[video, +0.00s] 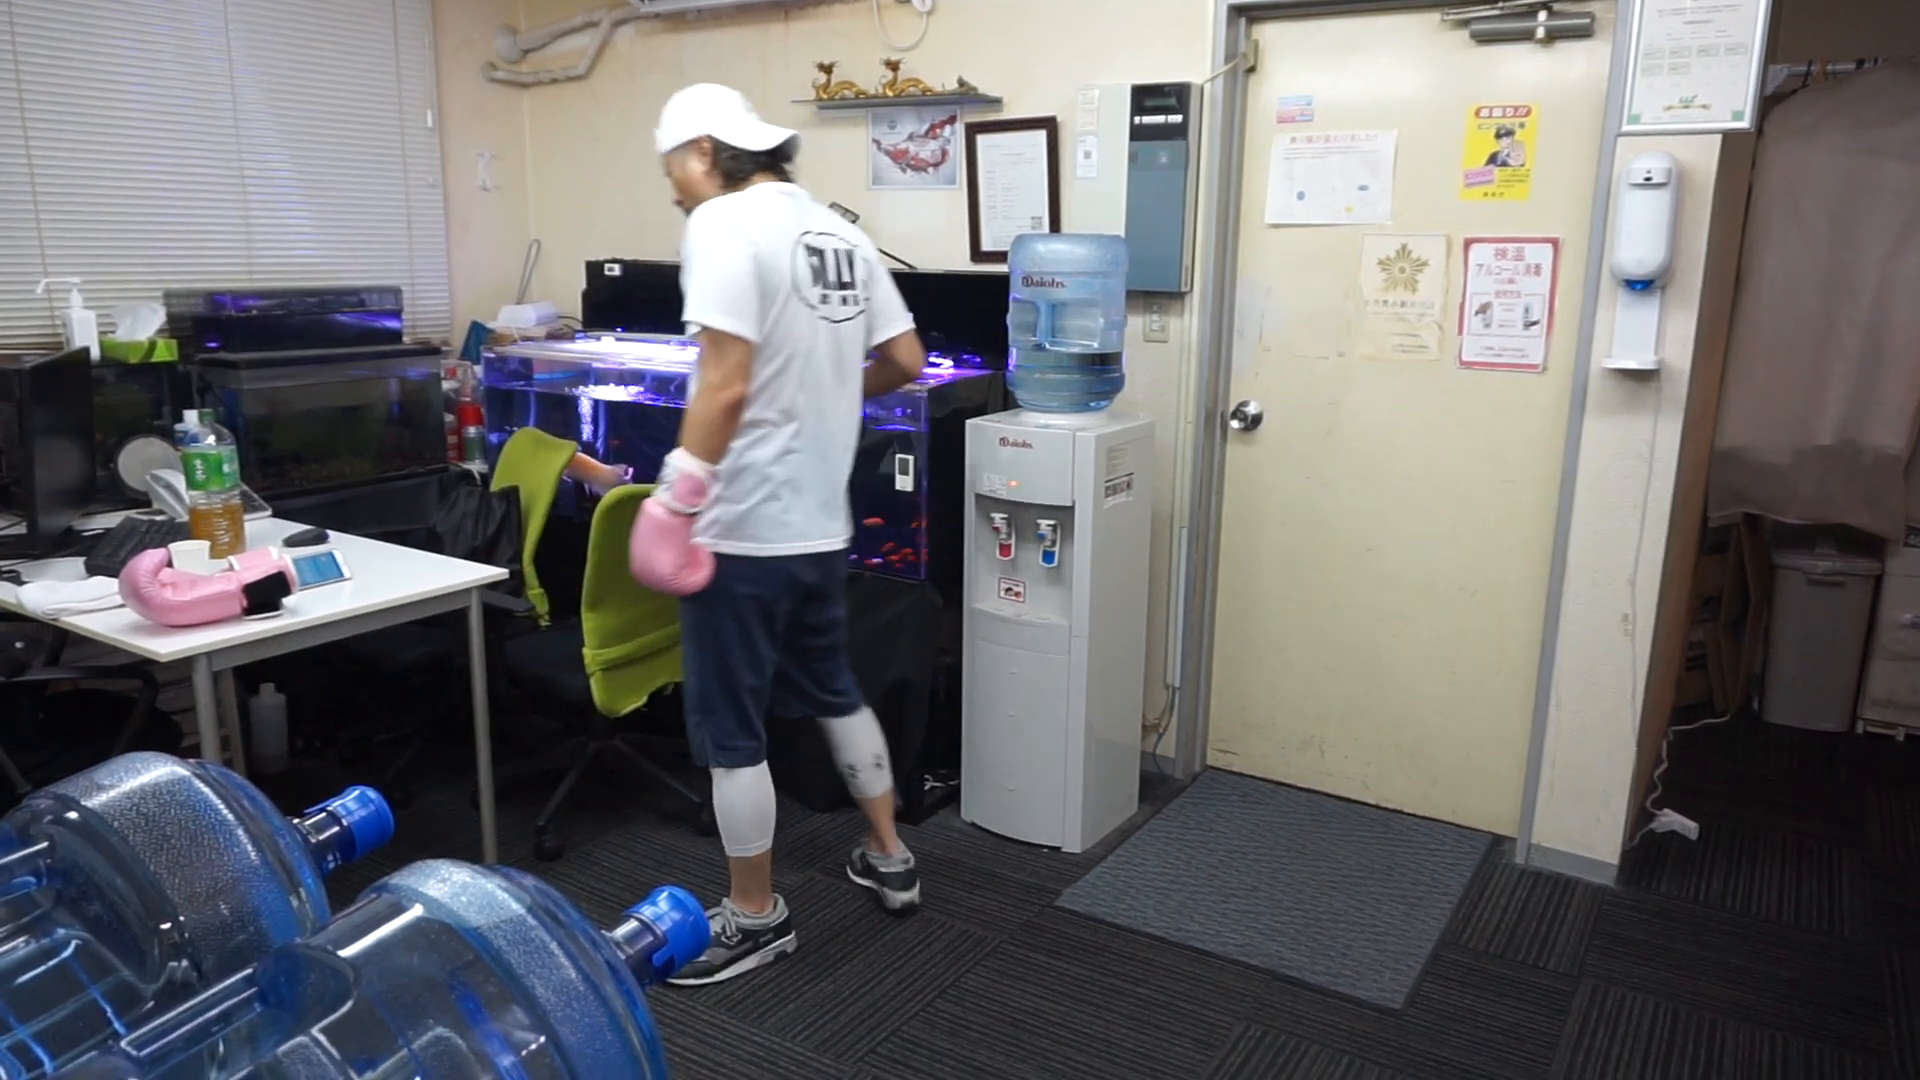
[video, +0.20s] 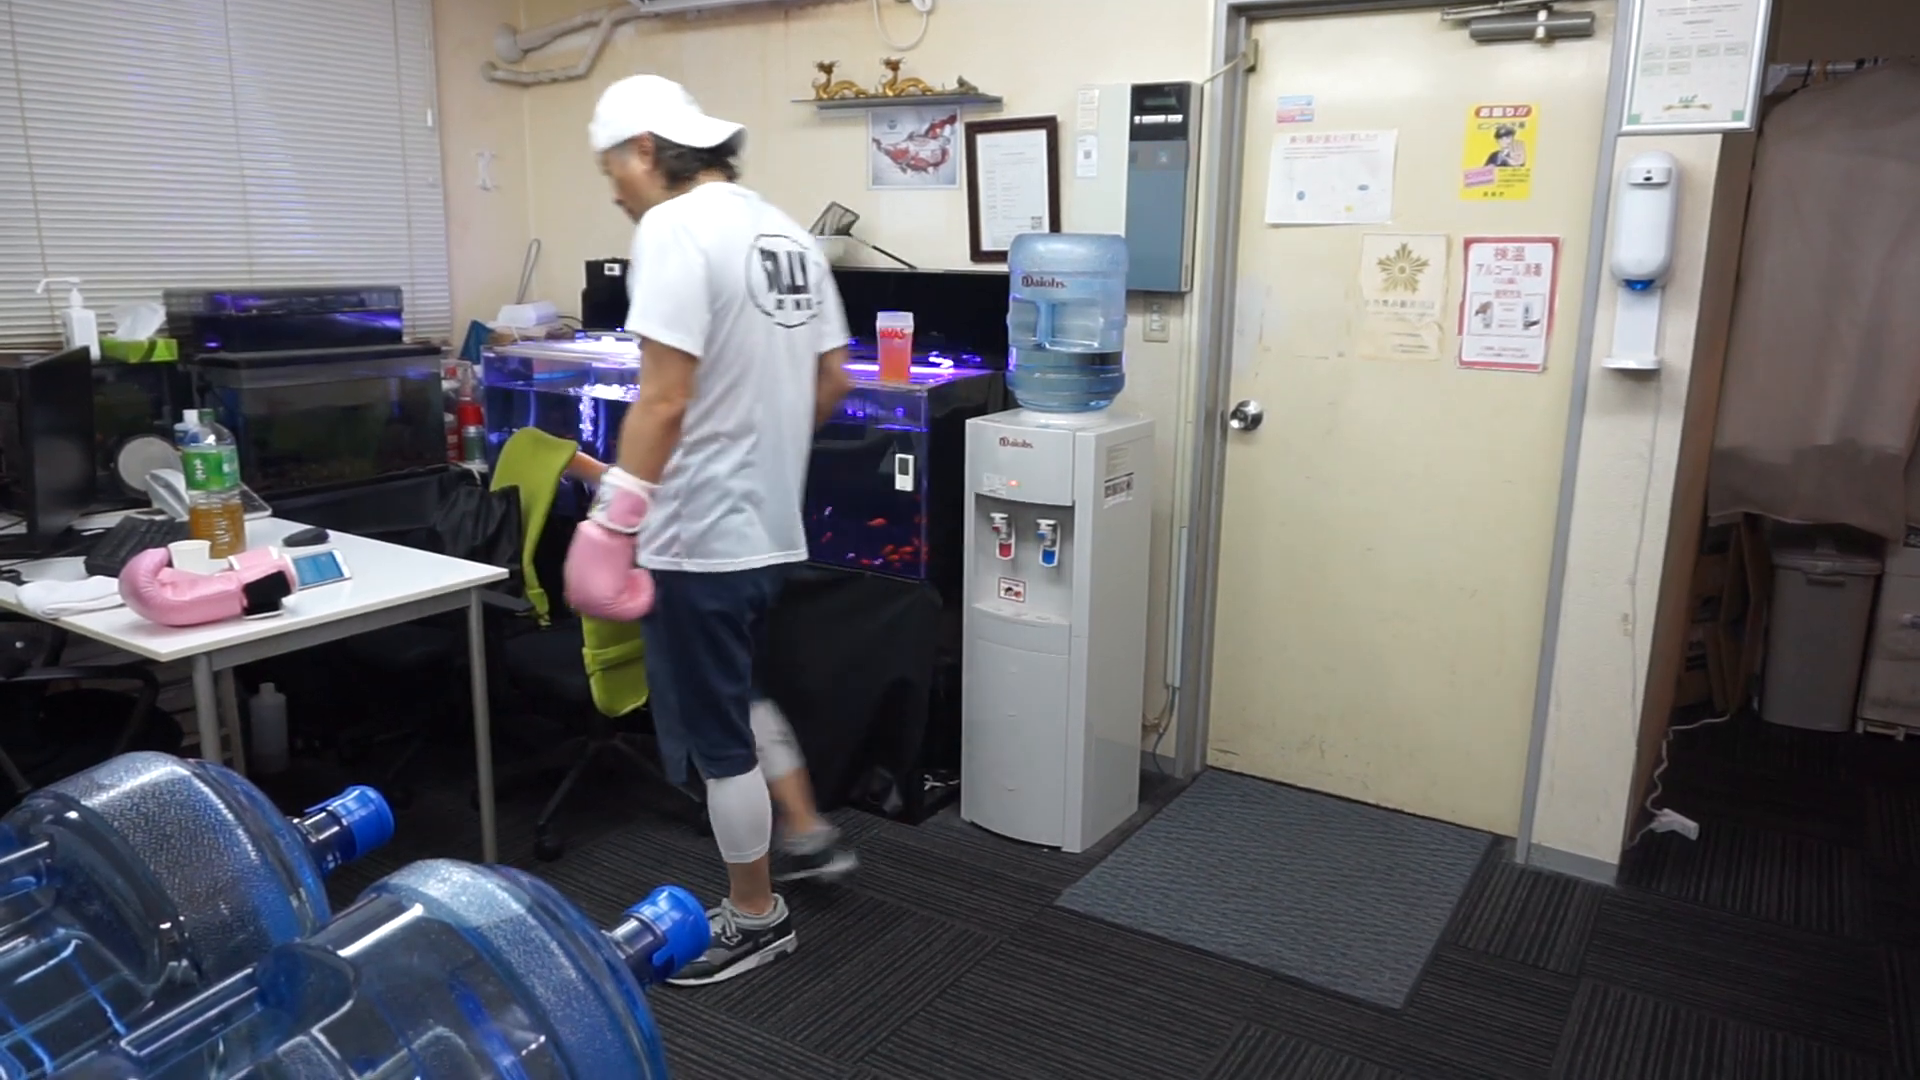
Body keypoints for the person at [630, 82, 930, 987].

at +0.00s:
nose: (671, 185)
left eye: (673, 166)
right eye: (669, 168)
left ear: (707, 154)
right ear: (752, 154)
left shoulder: (725, 226)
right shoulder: (840, 230)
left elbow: (726, 384)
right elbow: (903, 358)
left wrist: (674, 503)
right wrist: (819, 389)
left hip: (745, 529)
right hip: (822, 526)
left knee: (729, 725)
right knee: (834, 690)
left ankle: (755, 912)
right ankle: (891, 857)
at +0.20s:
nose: (611, 191)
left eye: (612, 169)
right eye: (607, 172)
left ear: (649, 150)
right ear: (681, 151)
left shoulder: (676, 232)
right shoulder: (786, 230)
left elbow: (663, 401)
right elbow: (832, 379)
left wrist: (609, 524)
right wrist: (760, 448)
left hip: (702, 532)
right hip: (768, 523)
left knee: (716, 726)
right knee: (735, 688)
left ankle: (754, 912)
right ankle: (806, 832)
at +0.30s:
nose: (577, 189)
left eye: (577, 167)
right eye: (572, 170)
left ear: (616, 147)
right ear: (644, 150)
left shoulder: (655, 233)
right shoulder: (747, 225)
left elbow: (643, 402)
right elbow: (800, 376)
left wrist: (585, 535)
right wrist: (741, 463)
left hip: (688, 538)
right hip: (738, 526)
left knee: (710, 731)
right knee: (647, 687)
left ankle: (759, 912)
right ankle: (702, 860)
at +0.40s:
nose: (536, 191)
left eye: (539, 170)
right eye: (531, 174)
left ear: (581, 152)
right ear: (608, 152)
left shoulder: (633, 237)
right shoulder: (701, 222)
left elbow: (625, 415)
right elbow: (769, 366)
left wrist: (568, 546)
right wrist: (699, 452)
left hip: (671, 546)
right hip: (683, 530)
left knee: (705, 737)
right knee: (590, 696)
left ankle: (756, 914)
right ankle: (593, 881)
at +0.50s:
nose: (493, 198)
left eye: (494, 175)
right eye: (485, 181)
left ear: (537, 154)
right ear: (554, 156)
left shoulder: (609, 241)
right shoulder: (649, 227)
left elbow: (613, 418)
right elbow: (716, 356)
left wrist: (563, 552)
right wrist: (647, 451)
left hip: (648, 557)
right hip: (623, 552)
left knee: (698, 745)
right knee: (550, 724)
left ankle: (756, 911)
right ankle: (496, 903)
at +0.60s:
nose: (447, 207)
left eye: (445, 183)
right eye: (437, 189)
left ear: (488, 158)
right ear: (493, 158)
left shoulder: (583, 241)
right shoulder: (559, 243)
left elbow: (601, 417)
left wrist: (566, 558)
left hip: (617, 570)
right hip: (558, 566)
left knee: (674, 751)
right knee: (503, 750)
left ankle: (751, 906)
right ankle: (469, 931)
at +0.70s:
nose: (390, 203)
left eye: (390, 178)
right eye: (382, 183)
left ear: (438, 153)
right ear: (441, 156)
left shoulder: (549, 237)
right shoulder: (503, 243)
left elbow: (586, 402)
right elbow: (522, 402)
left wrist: (571, 548)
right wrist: (451, 470)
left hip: (554, 571)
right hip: (487, 569)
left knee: (611, 756)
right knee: (457, 760)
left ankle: (743, 904)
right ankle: (453, 941)